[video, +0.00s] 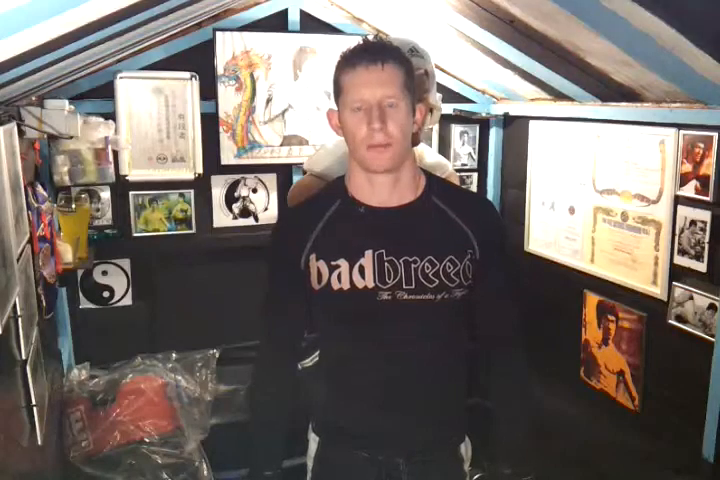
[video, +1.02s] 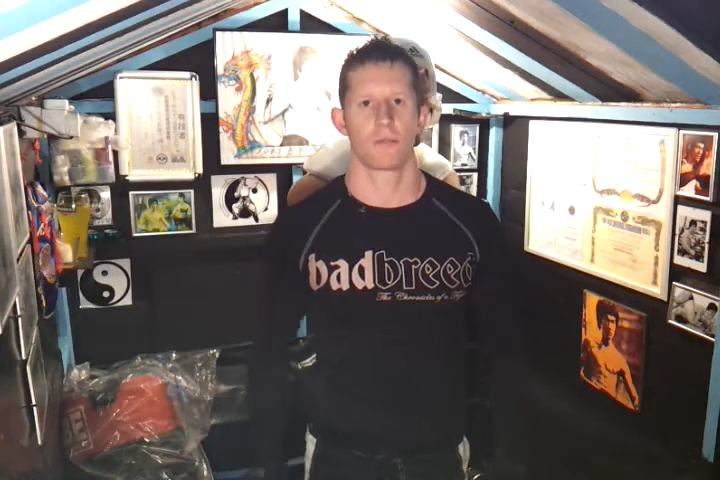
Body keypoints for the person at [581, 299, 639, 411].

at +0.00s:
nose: (610, 326)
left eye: (613, 322)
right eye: (607, 320)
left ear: (616, 326)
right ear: (600, 323)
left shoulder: (620, 361)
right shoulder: (589, 345)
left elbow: (634, 395)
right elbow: (579, 374)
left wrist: (636, 406)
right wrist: (593, 387)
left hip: (609, 402)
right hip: (588, 398)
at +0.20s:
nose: (610, 326)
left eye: (613, 322)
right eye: (607, 320)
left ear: (616, 326)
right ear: (600, 323)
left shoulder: (620, 361)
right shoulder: (589, 345)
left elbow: (634, 395)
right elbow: (579, 374)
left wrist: (636, 406)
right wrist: (593, 387)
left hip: (609, 402)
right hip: (588, 398)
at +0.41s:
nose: (610, 326)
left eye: (613, 322)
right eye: (607, 321)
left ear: (616, 326)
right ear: (601, 324)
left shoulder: (620, 360)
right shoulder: (589, 344)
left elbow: (634, 395)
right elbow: (579, 371)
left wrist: (636, 404)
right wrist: (589, 382)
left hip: (609, 402)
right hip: (588, 397)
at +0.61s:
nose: (610, 326)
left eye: (613, 322)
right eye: (607, 321)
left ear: (616, 326)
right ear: (601, 324)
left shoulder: (620, 360)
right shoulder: (589, 344)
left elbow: (634, 395)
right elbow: (579, 371)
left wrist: (636, 404)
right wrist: (589, 382)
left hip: (609, 402)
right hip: (588, 397)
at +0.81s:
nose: (610, 326)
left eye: (613, 322)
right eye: (607, 321)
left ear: (616, 326)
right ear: (601, 324)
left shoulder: (620, 360)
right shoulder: (589, 344)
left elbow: (634, 395)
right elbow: (579, 371)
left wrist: (636, 404)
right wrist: (589, 382)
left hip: (609, 402)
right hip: (588, 397)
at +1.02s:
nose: (610, 326)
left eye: (613, 322)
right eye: (607, 321)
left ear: (616, 326)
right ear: (601, 324)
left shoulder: (620, 360)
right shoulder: (589, 344)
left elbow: (634, 395)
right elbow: (579, 371)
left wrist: (636, 404)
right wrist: (589, 382)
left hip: (609, 402)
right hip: (588, 397)